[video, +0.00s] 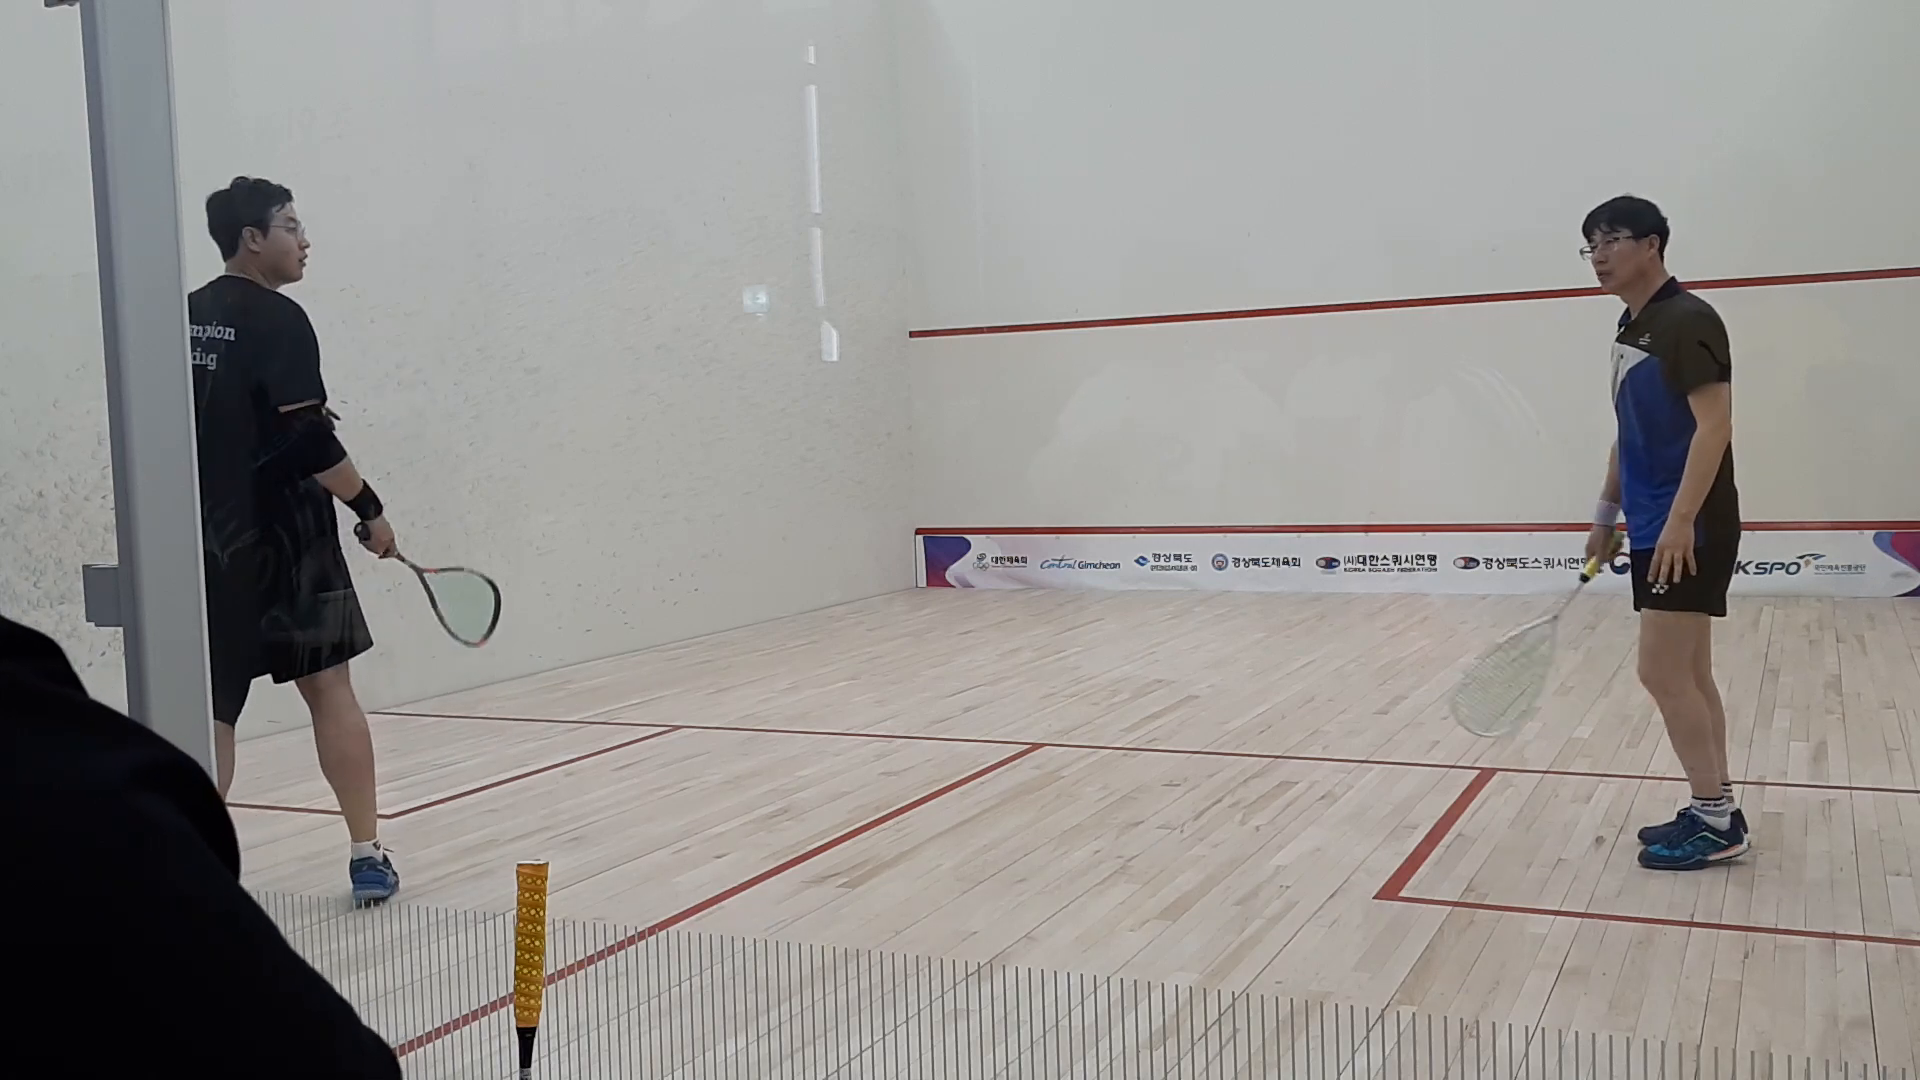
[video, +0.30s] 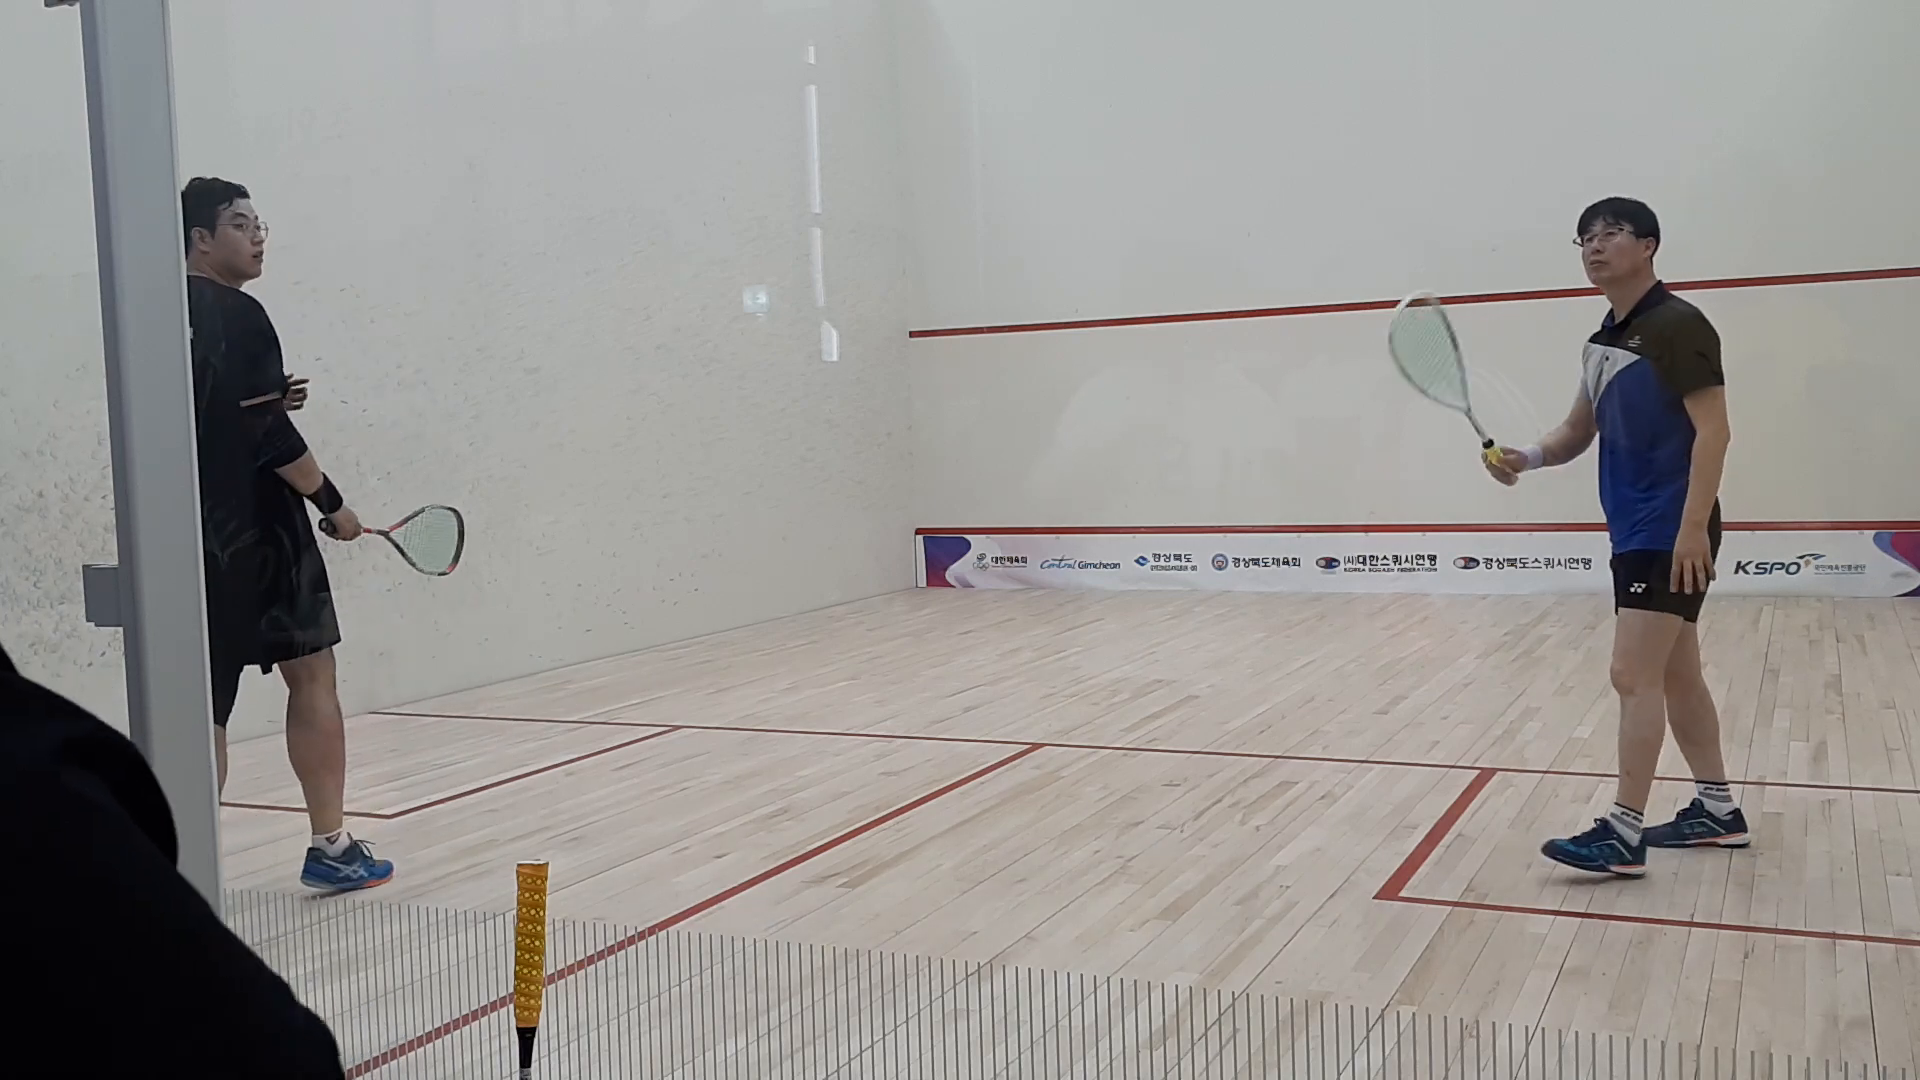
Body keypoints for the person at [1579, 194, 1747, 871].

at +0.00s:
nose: (1597, 256)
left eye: (1610, 243)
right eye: (1592, 247)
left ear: (1652, 246)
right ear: (1596, 257)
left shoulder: (1687, 321)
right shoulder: (1632, 329)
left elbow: (1715, 427)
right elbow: (1629, 437)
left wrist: (1680, 519)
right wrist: (1607, 518)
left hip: (1689, 525)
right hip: (1659, 525)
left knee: (1662, 672)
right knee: (1691, 672)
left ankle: (1712, 816)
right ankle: (1716, 808)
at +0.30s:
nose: (1594, 247)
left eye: (1609, 235)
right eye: (1587, 241)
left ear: (1646, 246)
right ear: (1583, 259)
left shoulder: (1679, 326)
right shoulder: (1603, 343)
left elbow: (1713, 430)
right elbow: (1577, 431)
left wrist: (1693, 527)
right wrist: (1531, 455)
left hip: (1673, 533)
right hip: (1635, 536)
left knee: (1635, 673)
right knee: (1680, 676)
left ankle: (1624, 830)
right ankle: (1718, 806)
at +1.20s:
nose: (1491, 256)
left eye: (1502, 242)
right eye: (1491, 243)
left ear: (1548, 247)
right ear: (1531, 252)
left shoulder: (1603, 325)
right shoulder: (1531, 336)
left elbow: (1640, 433)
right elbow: (1490, 431)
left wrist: (1615, 528)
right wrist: (1428, 443)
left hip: (1607, 538)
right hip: (1570, 538)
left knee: (1580, 685)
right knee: (1624, 673)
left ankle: (1602, 839)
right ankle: (1690, 781)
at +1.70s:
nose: (1437, 287)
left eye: (1444, 271)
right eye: (1436, 273)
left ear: (1482, 265)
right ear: (1480, 269)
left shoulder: (1557, 335)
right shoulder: (1477, 346)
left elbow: (1595, 450)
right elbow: (1445, 431)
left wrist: (1570, 544)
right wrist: (1392, 463)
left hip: (1586, 532)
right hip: (1539, 533)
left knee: (1573, 684)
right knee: (1554, 675)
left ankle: (1602, 839)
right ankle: (1663, 772)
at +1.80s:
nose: (1422, 291)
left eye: (1428, 276)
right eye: (1420, 277)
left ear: (1465, 269)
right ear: (1463, 271)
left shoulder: (1538, 340)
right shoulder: (1463, 350)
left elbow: (1550, 459)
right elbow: (1431, 435)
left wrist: (1496, 542)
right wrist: (1391, 461)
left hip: (1577, 543)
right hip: (1527, 542)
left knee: (1569, 689)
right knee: (1512, 673)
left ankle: (1601, 838)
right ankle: (1608, 788)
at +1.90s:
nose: (1404, 293)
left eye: (1410, 278)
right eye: (1402, 280)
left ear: (1448, 272)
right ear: (1444, 276)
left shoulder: (1520, 341)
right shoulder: (1444, 352)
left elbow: (1497, 460)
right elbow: (1411, 439)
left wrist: (1406, 512)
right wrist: (1377, 439)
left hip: (1565, 542)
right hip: (1512, 542)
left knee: (1563, 691)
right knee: (1465, 665)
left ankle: (1603, 838)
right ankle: (1508, 808)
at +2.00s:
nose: (1379, 296)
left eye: (1386, 281)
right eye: (1377, 283)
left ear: (1424, 275)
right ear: (1418, 279)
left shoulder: (1501, 341)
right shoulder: (1416, 352)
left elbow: (1458, 445)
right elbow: (1378, 437)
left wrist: (1358, 466)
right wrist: (1353, 400)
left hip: (1542, 546)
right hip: (1484, 545)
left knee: (1554, 692)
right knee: (1424, 659)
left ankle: (1601, 838)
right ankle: (1407, 805)